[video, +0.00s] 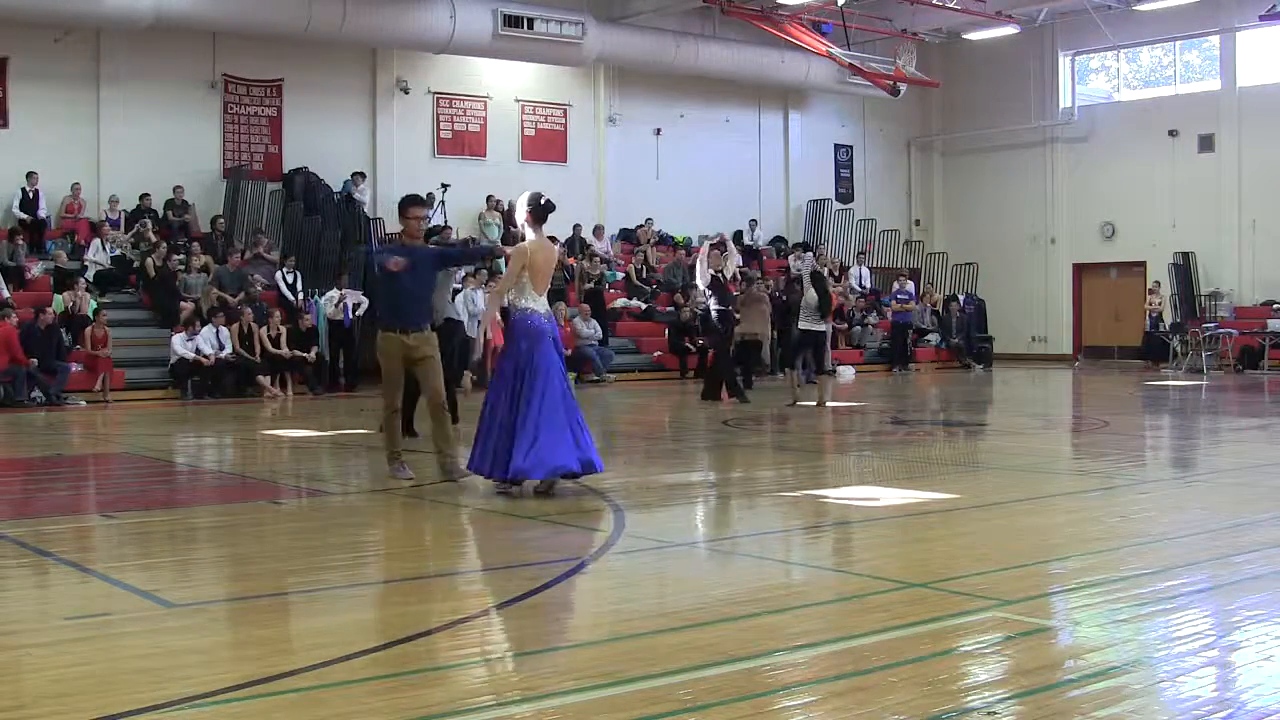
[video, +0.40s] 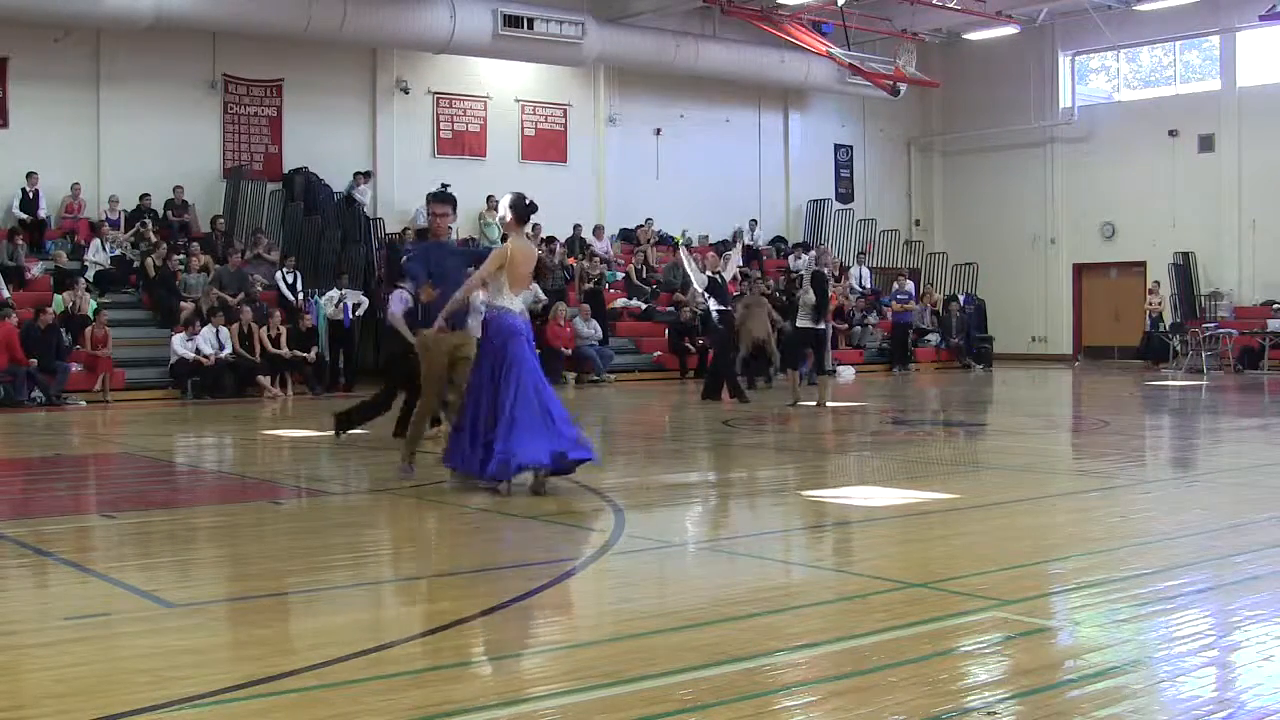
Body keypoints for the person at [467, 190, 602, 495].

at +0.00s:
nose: (516, 214)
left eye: (519, 210)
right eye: (518, 209)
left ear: (526, 214)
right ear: (544, 215)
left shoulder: (522, 250)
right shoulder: (552, 249)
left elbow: (502, 288)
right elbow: (538, 283)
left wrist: (488, 315)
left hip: (523, 325)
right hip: (546, 324)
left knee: (515, 394)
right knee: (547, 393)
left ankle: (511, 467)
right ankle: (550, 463)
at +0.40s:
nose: (498, 216)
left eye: (501, 211)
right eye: (500, 211)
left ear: (509, 216)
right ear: (526, 217)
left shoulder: (504, 250)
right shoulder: (532, 251)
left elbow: (472, 283)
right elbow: (515, 286)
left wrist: (444, 314)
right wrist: (481, 289)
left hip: (499, 324)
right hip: (521, 324)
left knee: (498, 391)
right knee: (523, 389)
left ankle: (500, 463)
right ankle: (539, 456)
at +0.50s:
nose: (492, 216)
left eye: (496, 211)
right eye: (494, 211)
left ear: (509, 217)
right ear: (519, 219)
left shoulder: (500, 251)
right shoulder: (531, 251)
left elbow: (467, 280)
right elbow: (519, 284)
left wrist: (438, 302)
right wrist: (487, 280)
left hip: (494, 321)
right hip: (516, 322)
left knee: (495, 390)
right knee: (514, 389)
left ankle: (507, 459)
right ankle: (527, 456)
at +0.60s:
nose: (490, 218)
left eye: (494, 214)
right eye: (491, 213)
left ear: (507, 218)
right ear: (516, 219)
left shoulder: (499, 249)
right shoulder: (527, 250)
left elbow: (463, 272)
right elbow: (520, 282)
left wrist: (431, 287)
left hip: (492, 322)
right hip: (513, 322)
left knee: (490, 390)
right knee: (511, 389)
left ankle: (494, 457)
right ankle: (514, 455)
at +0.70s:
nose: (490, 216)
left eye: (494, 213)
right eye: (491, 211)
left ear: (507, 218)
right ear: (516, 220)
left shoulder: (498, 249)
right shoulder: (523, 250)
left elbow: (457, 262)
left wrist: (424, 273)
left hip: (489, 321)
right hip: (507, 322)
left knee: (487, 390)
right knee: (503, 390)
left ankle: (498, 459)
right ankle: (500, 457)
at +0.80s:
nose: (490, 217)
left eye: (494, 213)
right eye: (491, 212)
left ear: (507, 218)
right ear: (514, 220)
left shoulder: (499, 248)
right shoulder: (521, 249)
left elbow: (458, 257)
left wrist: (425, 266)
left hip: (488, 320)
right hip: (505, 320)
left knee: (488, 389)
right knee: (500, 389)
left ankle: (492, 459)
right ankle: (495, 458)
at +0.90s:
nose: (487, 217)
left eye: (492, 212)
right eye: (489, 211)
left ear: (506, 217)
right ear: (512, 218)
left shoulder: (497, 249)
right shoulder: (519, 250)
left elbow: (456, 259)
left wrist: (425, 266)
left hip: (488, 322)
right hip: (503, 321)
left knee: (486, 390)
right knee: (499, 389)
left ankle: (493, 456)